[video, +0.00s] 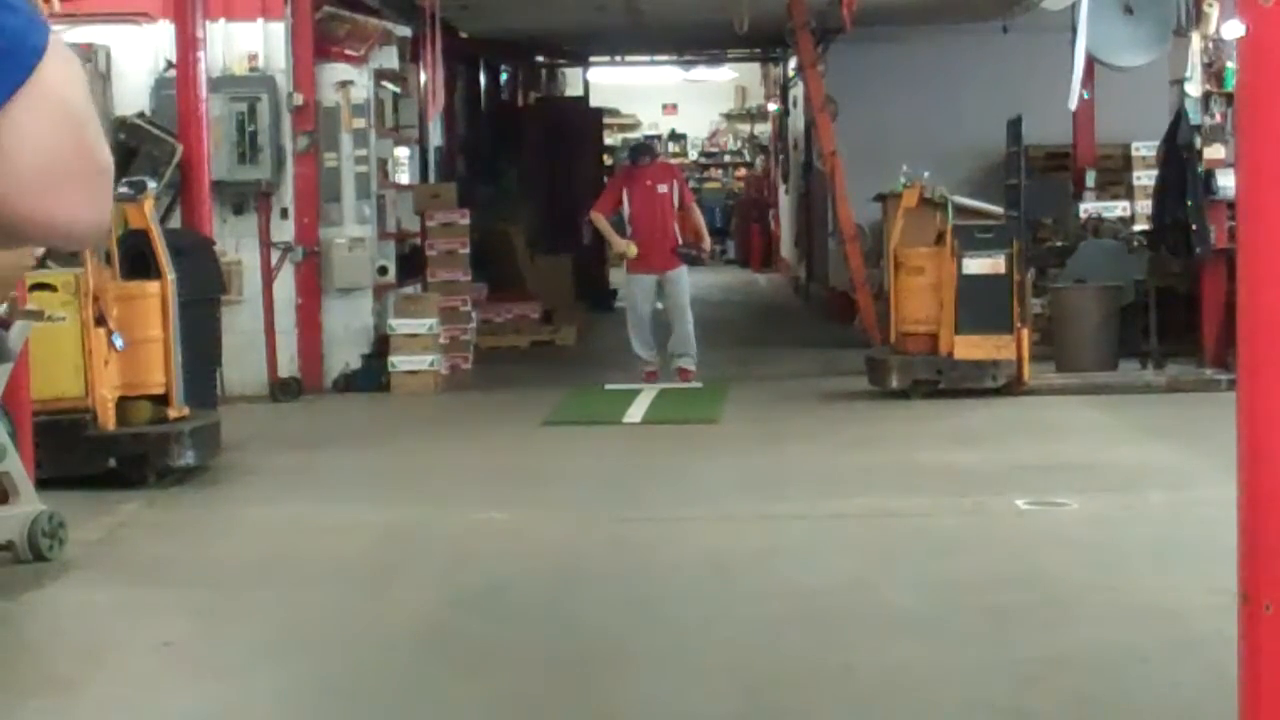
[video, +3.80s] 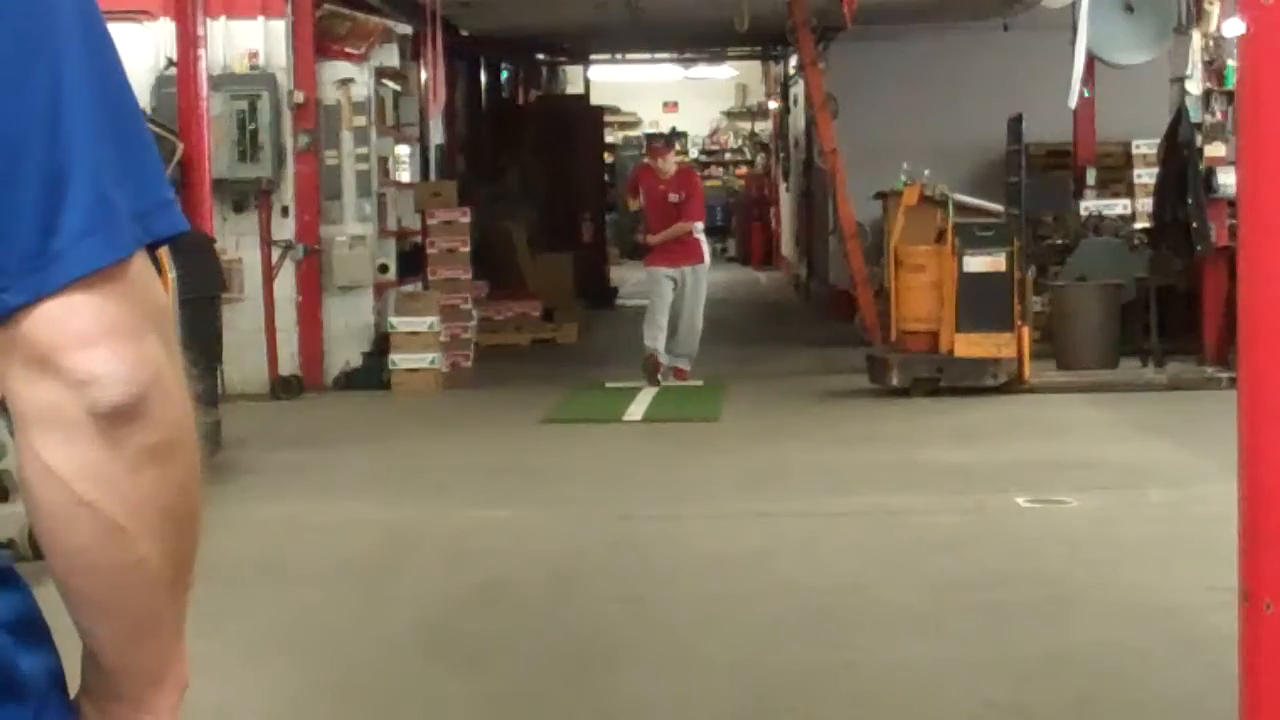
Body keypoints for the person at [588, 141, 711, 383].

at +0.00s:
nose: (644, 160)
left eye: (649, 155)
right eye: (639, 156)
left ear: (656, 151)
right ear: (632, 155)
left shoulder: (671, 172)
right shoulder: (623, 177)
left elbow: (690, 206)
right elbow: (597, 214)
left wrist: (704, 235)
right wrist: (615, 240)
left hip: (672, 257)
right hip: (640, 261)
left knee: (681, 310)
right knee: (640, 314)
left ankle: (685, 362)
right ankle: (648, 363)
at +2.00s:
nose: (648, 147)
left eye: (653, 141)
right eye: (642, 142)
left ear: (659, 142)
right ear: (633, 145)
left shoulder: (677, 170)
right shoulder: (625, 172)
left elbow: (700, 202)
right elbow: (598, 206)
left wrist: (711, 234)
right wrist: (611, 238)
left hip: (678, 256)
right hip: (644, 257)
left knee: (684, 313)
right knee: (645, 313)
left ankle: (685, 364)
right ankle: (651, 368)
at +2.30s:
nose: (637, 151)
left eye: (641, 144)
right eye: (632, 147)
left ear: (651, 144)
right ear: (626, 150)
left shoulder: (673, 167)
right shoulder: (623, 174)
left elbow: (684, 206)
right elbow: (602, 204)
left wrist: (672, 242)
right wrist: (613, 236)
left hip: (676, 252)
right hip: (642, 255)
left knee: (683, 310)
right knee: (644, 312)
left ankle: (683, 363)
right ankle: (651, 367)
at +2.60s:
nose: (638, 146)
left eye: (643, 140)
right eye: (633, 142)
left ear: (653, 141)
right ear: (627, 145)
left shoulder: (669, 169)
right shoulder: (622, 171)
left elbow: (665, 211)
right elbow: (611, 200)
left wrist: (634, 232)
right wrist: (618, 214)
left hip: (675, 257)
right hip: (641, 257)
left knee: (681, 314)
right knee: (643, 317)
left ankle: (683, 362)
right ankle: (651, 368)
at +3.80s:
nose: (659, 163)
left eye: (663, 157)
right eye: (654, 158)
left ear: (673, 153)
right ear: (648, 157)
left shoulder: (689, 178)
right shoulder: (643, 173)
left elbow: (690, 223)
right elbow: (631, 194)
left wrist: (657, 238)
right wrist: (634, 205)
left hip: (691, 256)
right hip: (659, 255)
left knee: (689, 313)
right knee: (658, 305)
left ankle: (682, 362)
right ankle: (654, 357)